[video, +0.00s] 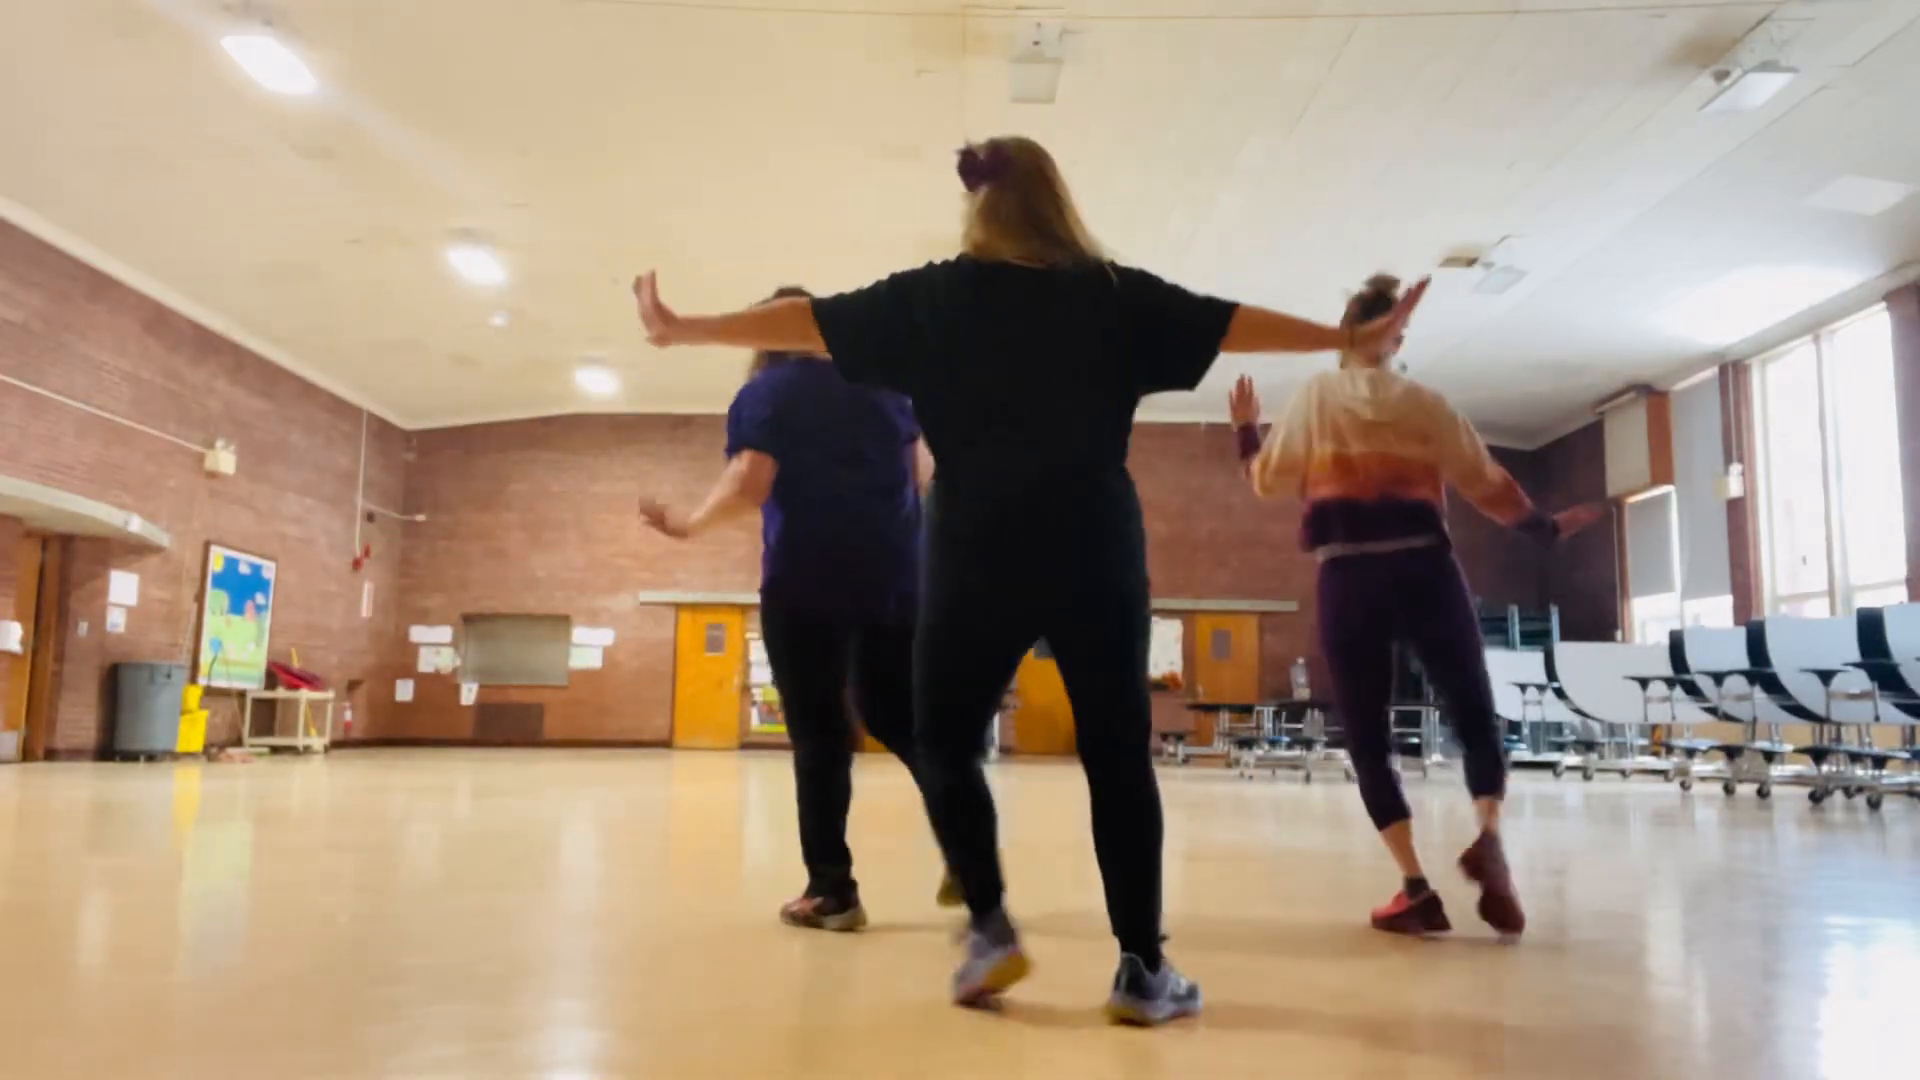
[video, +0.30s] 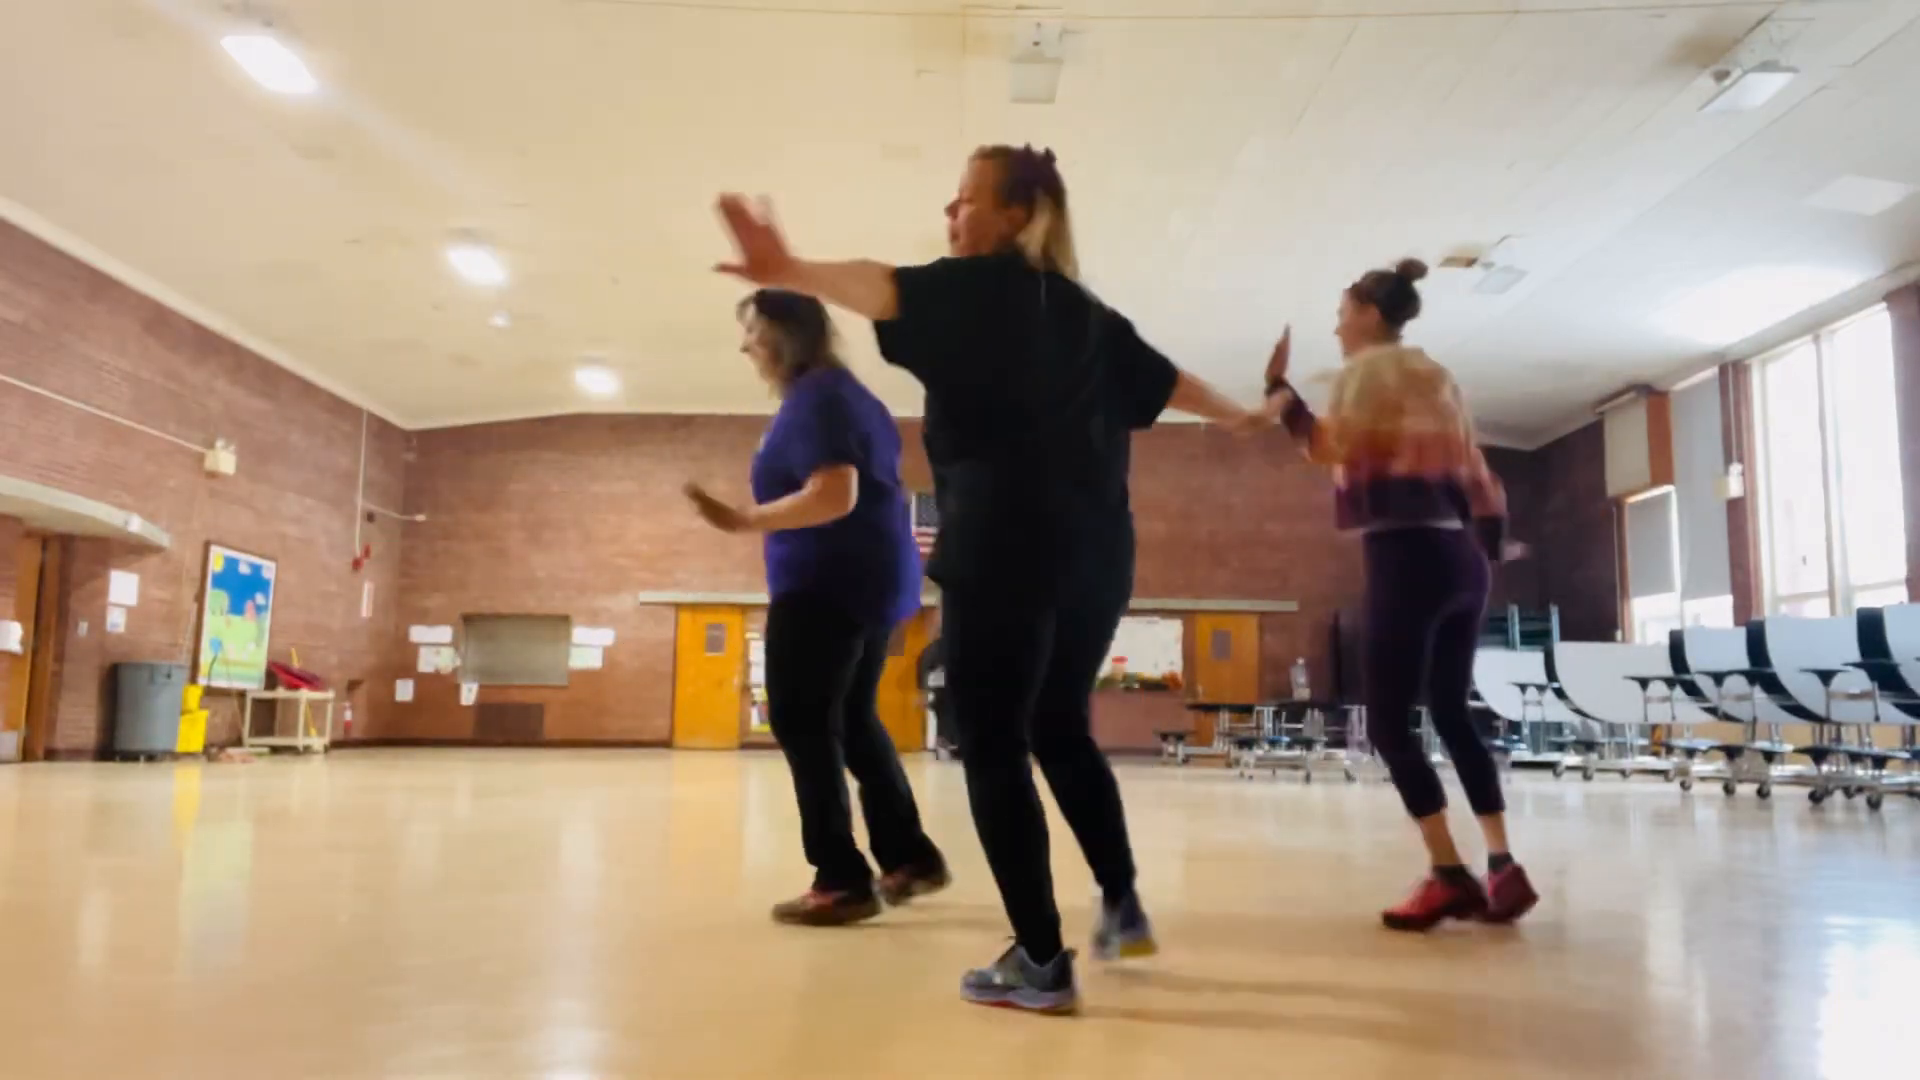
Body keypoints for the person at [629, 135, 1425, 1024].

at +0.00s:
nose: (961, 215)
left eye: (965, 202)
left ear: (975, 211)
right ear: (1060, 203)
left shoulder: (933, 298)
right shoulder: (1112, 296)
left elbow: (800, 321)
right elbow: (1234, 324)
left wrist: (680, 327)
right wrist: (1341, 336)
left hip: (976, 562)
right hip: (1097, 561)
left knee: (945, 744)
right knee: (1120, 757)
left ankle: (991, 929)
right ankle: (1142, 969)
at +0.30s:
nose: (950, 217)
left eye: (964, 205)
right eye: (954, 205)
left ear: (1016, 215)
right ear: (1034, 221)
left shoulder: (966, 290)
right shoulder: (1087, 316)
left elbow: (883, 287)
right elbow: (1175, 384)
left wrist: (790, 271)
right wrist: (1245, 416)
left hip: (1001, 552)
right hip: (1100, 549)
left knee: (993, 749)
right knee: (1062, 728)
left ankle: (1039, 957)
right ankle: (1122, 905)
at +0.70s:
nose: (974, 216)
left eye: (995, 207)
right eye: (964, 203)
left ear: (1029, 229)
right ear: (948, 225)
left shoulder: (1043, 300)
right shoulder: (950, 330)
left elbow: (1107, 296)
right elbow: (930, 459)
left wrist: (1175, 281)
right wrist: (864, 537)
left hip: (1050, 554)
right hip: (970, 564)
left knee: (995, 731)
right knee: (901, 713)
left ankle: (1045, 941)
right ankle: (1008, 851)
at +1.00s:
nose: (964, 207)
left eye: (981, 197)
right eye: (952, 195)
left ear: (1009, 218)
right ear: (931, 214)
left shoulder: (1048, 308)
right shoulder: (902, 321)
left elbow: (1168, 322)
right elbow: (828, 384)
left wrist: (1303, 330)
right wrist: (761, 417)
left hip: (1011, 561)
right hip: (911, 559)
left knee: (972, 738)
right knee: (888, 733)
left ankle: (990, 930)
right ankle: (924, 916)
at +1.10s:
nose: (965, 211)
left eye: (983, 200)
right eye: (952, 198)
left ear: (1007, 224)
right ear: (929, 218)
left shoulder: (1048, 320)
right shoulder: (889, 323)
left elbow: (1174, 336)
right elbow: (798, 375)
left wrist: (1303, 346)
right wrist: (708, 407)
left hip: (1024, 570)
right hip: (918, 568)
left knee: (991, 747)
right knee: (821, 718)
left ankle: (990, 934)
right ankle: (887, 876)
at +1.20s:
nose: (961, 207)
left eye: (978, 198)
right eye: (947, 196)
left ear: (1005, 222)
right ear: (926, 218)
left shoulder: (1046, 325)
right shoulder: (879, 321)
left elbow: (1164, 346)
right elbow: (779, 365)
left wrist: (1284, 358)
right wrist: (677, 397)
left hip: (1024, 569)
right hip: (915, 566)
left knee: (1002, 745)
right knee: (820, 694)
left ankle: (992, 934)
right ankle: (862, 874)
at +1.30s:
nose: (959, 193)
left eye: (976, 184)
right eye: (944, 182)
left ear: (998, 209)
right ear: (921, 206)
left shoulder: (1035, 312)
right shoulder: (872, 304)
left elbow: (1147, 343)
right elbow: (764, 351)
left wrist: (1258, 369)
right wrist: (660, 379)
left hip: (1003, 564)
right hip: (894, 560)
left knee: (992, 751)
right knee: (856, 736)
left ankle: (992, 934)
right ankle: (881, 936)